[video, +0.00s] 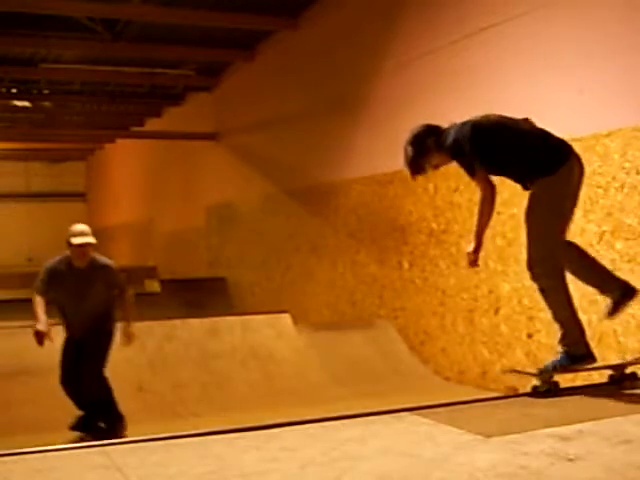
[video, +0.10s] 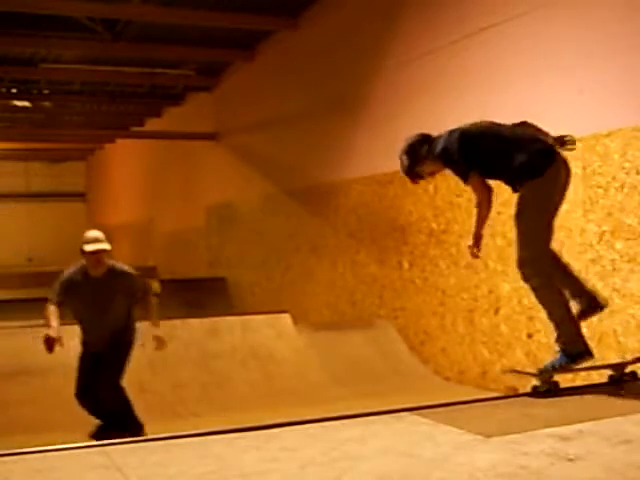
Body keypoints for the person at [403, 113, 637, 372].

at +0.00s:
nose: (436, 167)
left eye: (431, 163)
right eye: (430, 166)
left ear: (432, 148)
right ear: (434, 137)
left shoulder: (459, 145)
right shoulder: (469, 127)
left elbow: (488, 190)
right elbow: (525, 125)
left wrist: (476, 243)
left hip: (549, 178)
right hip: (566, 166)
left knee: (542, 267)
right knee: (555, 244)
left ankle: (577, 349)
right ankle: (617, 289)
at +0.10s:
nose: (430, 176)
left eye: (423, 173)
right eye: (423, 176)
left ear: (424, 157)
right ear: (426, 146)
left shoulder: (449, 152)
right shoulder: (461, 136)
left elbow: (483, 192)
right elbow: (522, 127)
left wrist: (477, 234)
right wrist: (551, 141)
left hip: (537, 179)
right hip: (552, 167)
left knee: (531, 264)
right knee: (538, 250)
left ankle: (573, 346)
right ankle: (585, 298)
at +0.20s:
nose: (427, 190)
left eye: (422, 187)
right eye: (421, 190)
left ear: (420, 174)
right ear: (419, 164)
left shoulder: (443, 163)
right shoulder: (459, 148)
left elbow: (478, 193)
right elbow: (515, 126)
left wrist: (454, 237)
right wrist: (549, 132)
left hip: (516, 193)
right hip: (538, 184)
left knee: (498, 272)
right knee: (521, 268)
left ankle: (554, 332)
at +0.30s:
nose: (424, 213)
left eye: (417, 209)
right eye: (418, 213)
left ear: (416, 195)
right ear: (420, 180)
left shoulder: (433, 187)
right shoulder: (462, 164)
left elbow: (457, 198)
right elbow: (496, 144)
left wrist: (434, 247)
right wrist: (522, 138)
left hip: (494, 225)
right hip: (523, 219)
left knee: (460, 293)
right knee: (526, 302)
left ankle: (516, 309)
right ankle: (538, 375)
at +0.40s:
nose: (418, 243)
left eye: (412, 239)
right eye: (413, 242)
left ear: (413, 226)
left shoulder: (432, 213)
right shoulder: (459, 202)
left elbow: (438, 219)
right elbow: (491, 192)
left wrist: (438, 263)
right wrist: (491, 187)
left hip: (477, 274)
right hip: (507, 265)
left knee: (443, 329)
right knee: (498, 340)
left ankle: (471, 383)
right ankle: (515, 383)